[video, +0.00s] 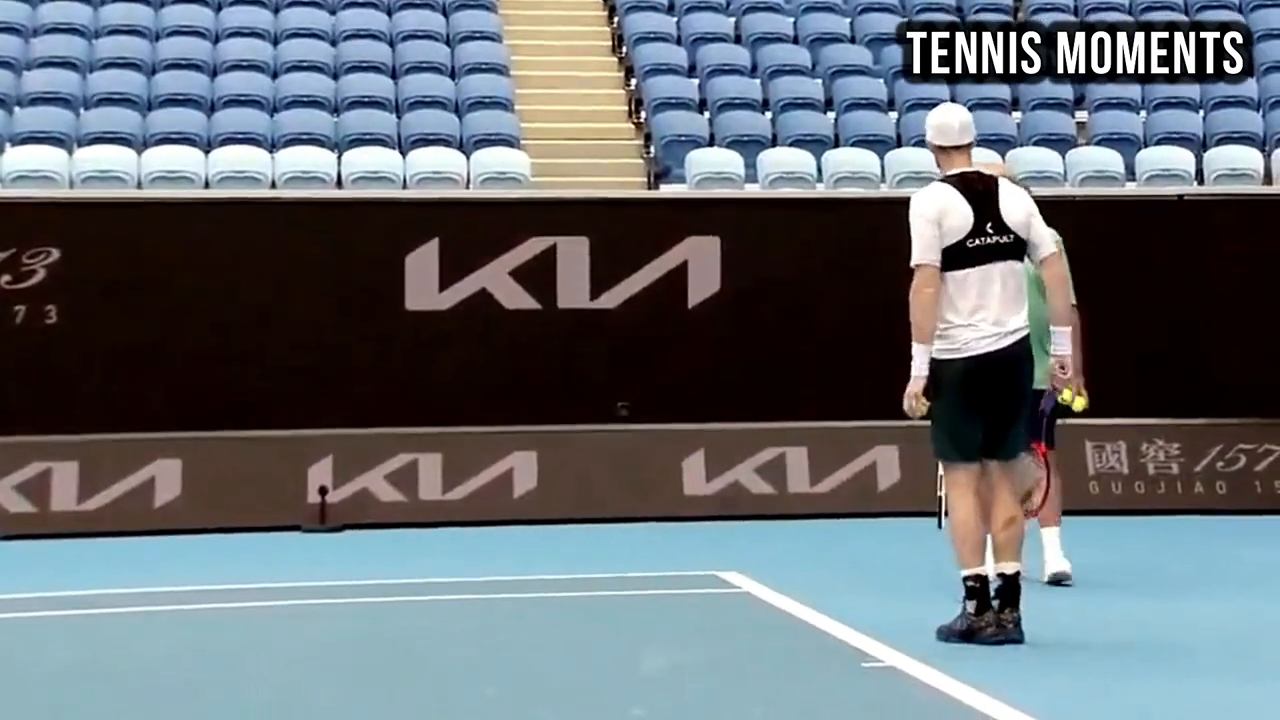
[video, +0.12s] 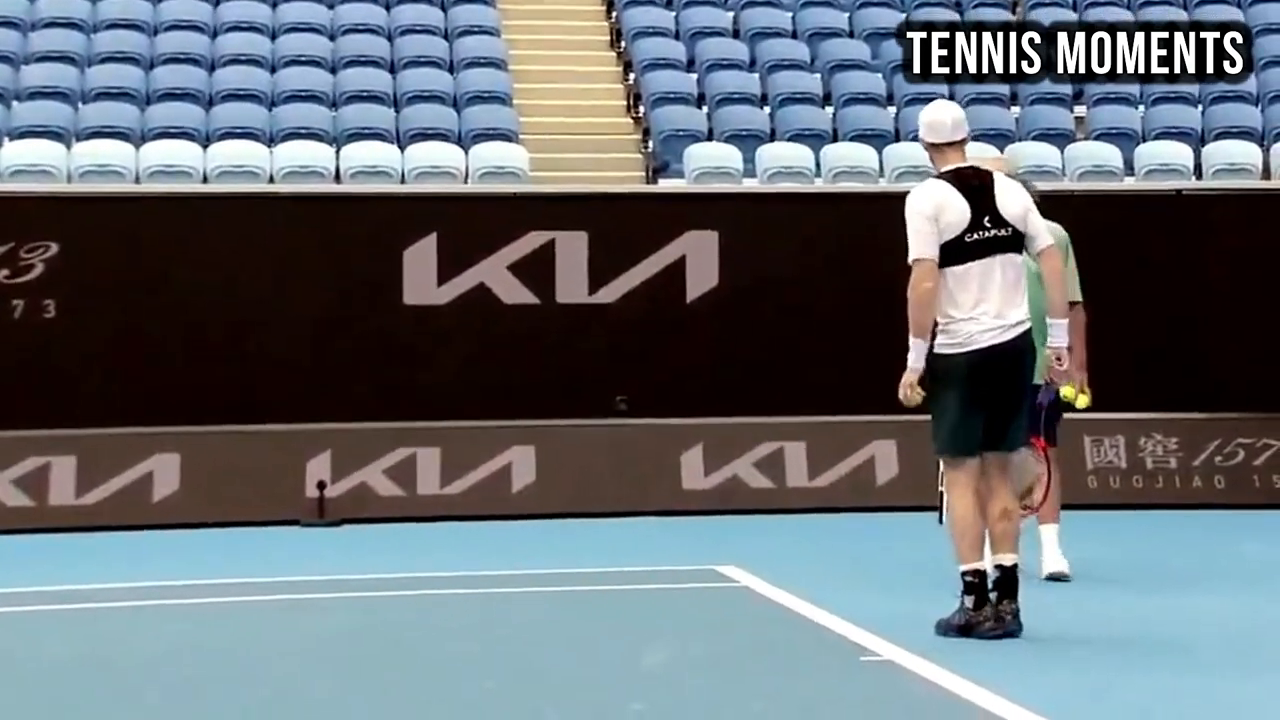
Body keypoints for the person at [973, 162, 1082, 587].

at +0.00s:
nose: (990, 199)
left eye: (996, 186)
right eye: (981, 187)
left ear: (1014, 189)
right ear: (973, 192)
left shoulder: (1041, 240)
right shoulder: (966, 245)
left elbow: (1063, 303)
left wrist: (1067, 358)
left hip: (1035, 365)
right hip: (987, 367)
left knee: (1041, 457)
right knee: (994, 466)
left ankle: (1053, 551)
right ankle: (992, 562)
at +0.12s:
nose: (993, 196)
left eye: (1001, 185)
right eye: (986, 186)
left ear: (1021, 191)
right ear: (979, 191)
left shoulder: (1050, 236)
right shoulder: (972, 235)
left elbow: (1071, 305)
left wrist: (1075, 363)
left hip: (1038, 358)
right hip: (987, 360)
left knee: (1041, 452)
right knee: (989, 459)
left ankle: (1051, 549)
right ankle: (994, 554)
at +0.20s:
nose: (999, 196)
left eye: (1005, 186)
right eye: (994, 187)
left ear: (1021, 187)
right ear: (988, 190)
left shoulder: (1054, 232)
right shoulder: (975, 230)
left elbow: (1074, 303)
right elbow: (956, 297)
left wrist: (1078, 362)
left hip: (1042, 360)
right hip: (989, 360)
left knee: (1043, 449)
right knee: (989, 454)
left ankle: (1049, 545)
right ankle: (988, 546)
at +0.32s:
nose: (1004, 179)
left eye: (1012, 170)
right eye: (997, 170)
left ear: (1030, 174)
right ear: (988, 175)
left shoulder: (1055, 222)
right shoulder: (979, 217)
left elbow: (1076, 293)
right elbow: (961, 283)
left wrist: (1077, 352)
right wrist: (967, 341)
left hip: (1040, 348)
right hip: (990, 347)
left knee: (1040, 442)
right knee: (987, 444)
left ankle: (1040, 533)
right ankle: (985, 529)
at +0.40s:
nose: (1009, 176)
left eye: (1018, 167)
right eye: (1003, 166)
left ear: (1036, 171)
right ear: (992, 170)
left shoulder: (1061, 220)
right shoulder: (981, 215)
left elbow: (1081, 290)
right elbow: (965, 280)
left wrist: (1081, 349)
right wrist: (970, 338)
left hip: (1044, 348)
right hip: (992, 345)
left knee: (1041, 441)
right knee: (989, 443)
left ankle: (1040, 532)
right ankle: (984, 527)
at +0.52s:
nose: (1018, 172)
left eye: (1027, 163)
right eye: (1010, 163)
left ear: (1044, 170)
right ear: (996, 167)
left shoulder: (1067, 219)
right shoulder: (984, 215)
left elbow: (1087, 286)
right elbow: (966, 280)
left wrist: (1085, 344)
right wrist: (973, 333)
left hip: (1048, 353)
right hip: (994, 349)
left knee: (1043, 443)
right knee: (984, 444)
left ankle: (1041, 532)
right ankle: (986, 524)